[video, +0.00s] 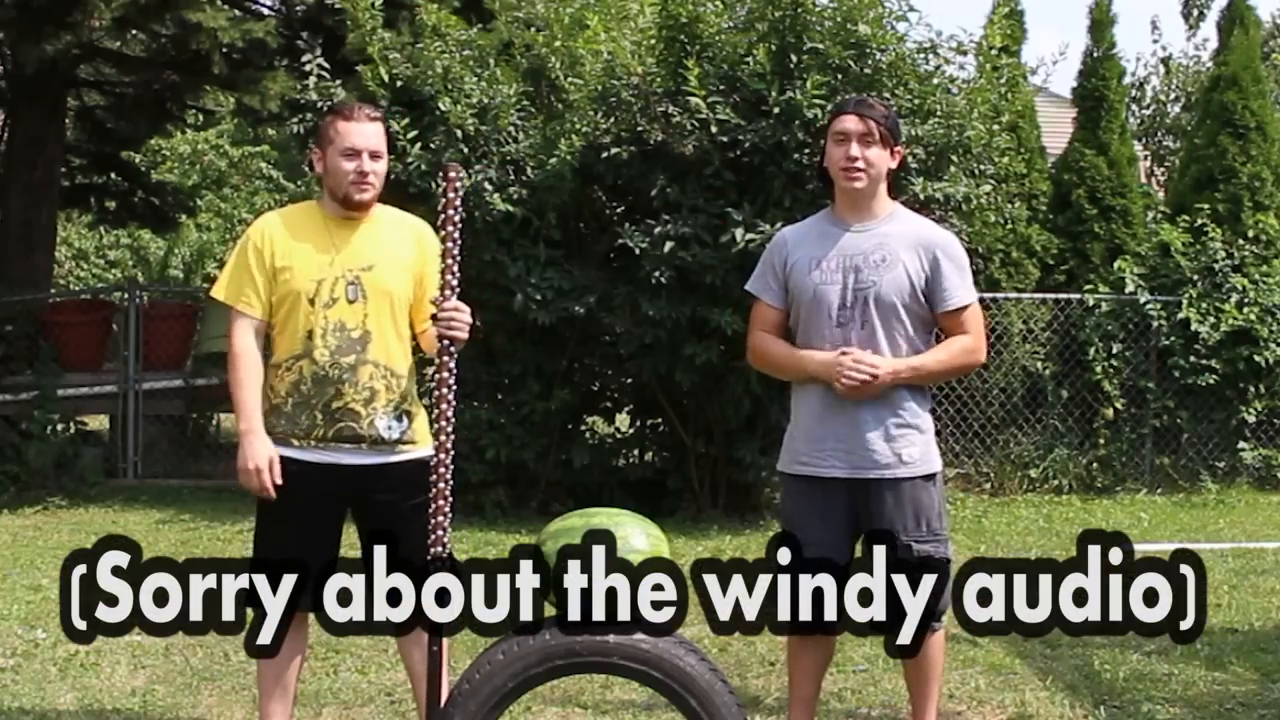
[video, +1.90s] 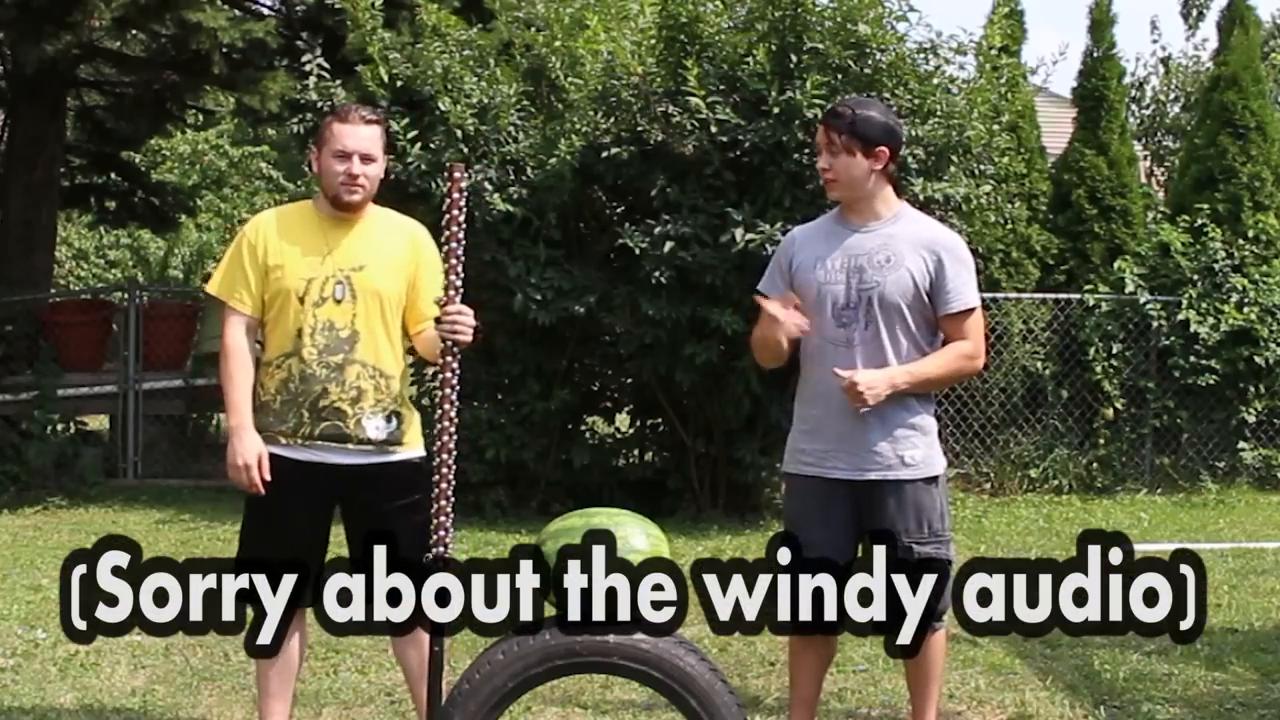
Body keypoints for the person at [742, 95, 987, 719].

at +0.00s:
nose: (852, 152)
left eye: (866, 141)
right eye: (840, 140)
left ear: (892, 156)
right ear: (824, 154)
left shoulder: (933, 243)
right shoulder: (790, 243)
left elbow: (972, 345)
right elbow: (759, 344)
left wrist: (895, 369)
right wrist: (819, 365)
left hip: (904, 465)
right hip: (813, 463)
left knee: (921, 610)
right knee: (808, 610)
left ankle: (924, 717)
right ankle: (799, 717)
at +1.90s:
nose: (821, 164)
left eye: (835, 153)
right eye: (820, 152)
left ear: (880, 159)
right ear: (820, 156)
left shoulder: (938, 245)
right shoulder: (798, 244)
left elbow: (970, 351)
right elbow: (767, 356)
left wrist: (893, 378)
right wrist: (773, 326)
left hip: (906, 467)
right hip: (816, 464)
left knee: (923, 611)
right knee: (810, 610)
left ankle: (924, 717)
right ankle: (800, 716)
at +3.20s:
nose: (808, 165)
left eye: (820, 153)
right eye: (807, 152)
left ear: (865, 157)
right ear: (841, 158)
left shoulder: (929, 244)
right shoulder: (799, 245)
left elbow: (963, 351)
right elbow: (768, 338)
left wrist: (866, 375)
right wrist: (804, 372)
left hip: (902, 467)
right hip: (813, 466)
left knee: (921, 610)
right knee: (809, 609)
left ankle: (924, 716)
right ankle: (800, 716)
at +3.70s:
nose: (814, 165)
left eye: (827, 153)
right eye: (813, 153)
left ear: (872, 158)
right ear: (828, 157)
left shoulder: (932, 243)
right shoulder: (802, 246)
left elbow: (960, 351)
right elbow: (773, 339)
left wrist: (866, 376)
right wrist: (794, 372)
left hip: (904, 468)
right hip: (815, 466)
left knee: (922, 611)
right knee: (810, 610)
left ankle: (925, 716)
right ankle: (800, 716)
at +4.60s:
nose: (826, 152)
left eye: (841, 142)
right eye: (828, 139)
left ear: (883, 157)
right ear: (847, 152)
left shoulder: (934, 247)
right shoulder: (807, 240)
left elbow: (956, 357)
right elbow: (780, 330)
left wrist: (858, 376)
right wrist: (798, 371)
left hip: (902, 468)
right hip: (813, 464)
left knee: (921, 614)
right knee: (808, 612)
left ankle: (924, 717)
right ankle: (799, 717)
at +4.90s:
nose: (826, 150)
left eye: (840, 140)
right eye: (828, 138)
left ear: (883, 156)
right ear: (842, 151)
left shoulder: (933, 245)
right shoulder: (805, 241)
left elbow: (958, 355)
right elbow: (769, 333)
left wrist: (858, 375)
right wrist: (799, 373)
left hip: (905, 466)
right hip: (816, 463)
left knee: (922, 613)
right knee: (810, 611)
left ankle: (925, 716)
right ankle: (799, 716)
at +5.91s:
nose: (821, 159)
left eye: (835, 148)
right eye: (818, 147)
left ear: (877, 155)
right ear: (819, 154)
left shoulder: (934, 242)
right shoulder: (803, 245)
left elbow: (962, 350)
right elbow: (776, 345)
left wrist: (876, 375)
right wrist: (700, 351)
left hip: (905, 467)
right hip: (816, 463)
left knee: (921, 614)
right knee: (810, 610)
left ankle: (924, 718)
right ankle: (799, 716)